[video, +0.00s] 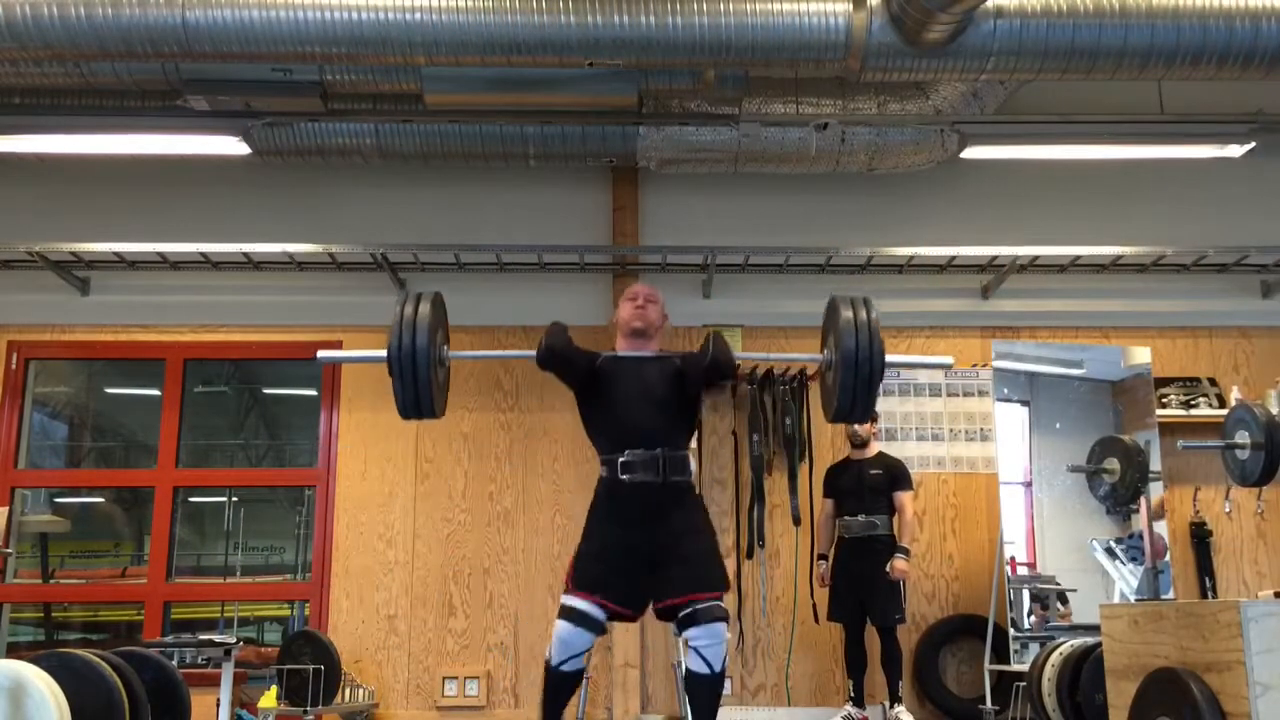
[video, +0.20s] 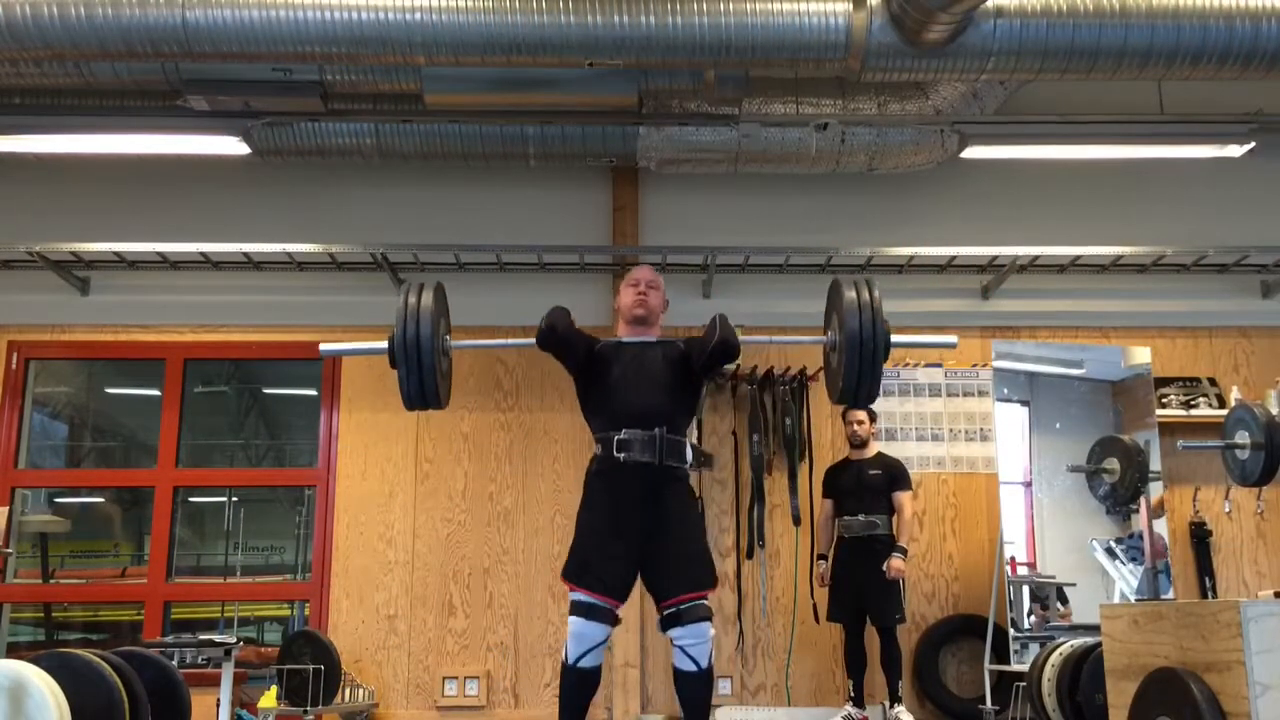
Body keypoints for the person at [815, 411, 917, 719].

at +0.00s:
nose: (855, 428)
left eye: (862, 423)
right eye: (850, 423)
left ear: (875, 427)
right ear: (844, 429)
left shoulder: (893, 468)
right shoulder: (835, 471)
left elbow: (906, 512)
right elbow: (826, 516)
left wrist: (902, 553)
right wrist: (822, 557)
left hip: (882, 557)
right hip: (847, 558)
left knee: (887, 631)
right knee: (852, 632)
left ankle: (896, 704)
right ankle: (856, 705)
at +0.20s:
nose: (854, 429)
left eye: (860, 423)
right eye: (849, 424)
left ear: (873, 427)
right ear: (844, 430)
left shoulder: (892, 467)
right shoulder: (834, 472)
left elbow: (905, 511)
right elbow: (826, 517)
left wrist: (900, 552)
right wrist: (822, 558)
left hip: (882, 560)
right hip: (847, 560)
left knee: (887, 632)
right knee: (852, 632)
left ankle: (896, 703)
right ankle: (856, 705)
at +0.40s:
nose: (853, 428)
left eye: (859, 423)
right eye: (848, 424)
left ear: (872, 427)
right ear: (842, 429)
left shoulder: (891, 467)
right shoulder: (833, 472)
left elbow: (905, 513)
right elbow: (825, 518)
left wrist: (900, 553)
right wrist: (822, 559)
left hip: (881, 558)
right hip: (846, 559)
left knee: (886, 631)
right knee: (852, 632)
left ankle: (895, 704)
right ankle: (856, 705)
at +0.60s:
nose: (853, 429)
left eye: (859, 424)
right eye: (848, 424)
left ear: (871, 428)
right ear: (842, 430)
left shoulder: (891, 467)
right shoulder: (833, 472)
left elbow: (904, 513)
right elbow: (824, 518)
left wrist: (901, 554)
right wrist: (822, 559)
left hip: (881, 559)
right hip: (846, 560)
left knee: (886, 632)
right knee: (851, 632)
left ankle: (896, 704)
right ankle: (856, 705)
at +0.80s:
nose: (854, 431)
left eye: (860, 424)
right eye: (848, 425)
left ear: (872, 428)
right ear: (839, 429)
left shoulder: (889, 469)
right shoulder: (832, 474)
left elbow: (904, 512)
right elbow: (824, 517)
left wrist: (900, 554)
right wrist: (821, 558)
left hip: (880, 562)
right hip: (845, 563)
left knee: (886, 633)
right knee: (851, 634)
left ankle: (896, 703)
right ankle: (857, 705)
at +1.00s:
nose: (853, 430)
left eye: (859, 424)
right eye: (849, 425)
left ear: (871, 427)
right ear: (843, 429)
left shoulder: (889, 469)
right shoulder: (833, 473)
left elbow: (903, 511)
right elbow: (825, 519)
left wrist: (900, 552)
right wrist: (821, 558)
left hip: (880, 556)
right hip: (846, 557)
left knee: (886, 630)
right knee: (851, 631)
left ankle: (893, 697)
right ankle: (853, 698)